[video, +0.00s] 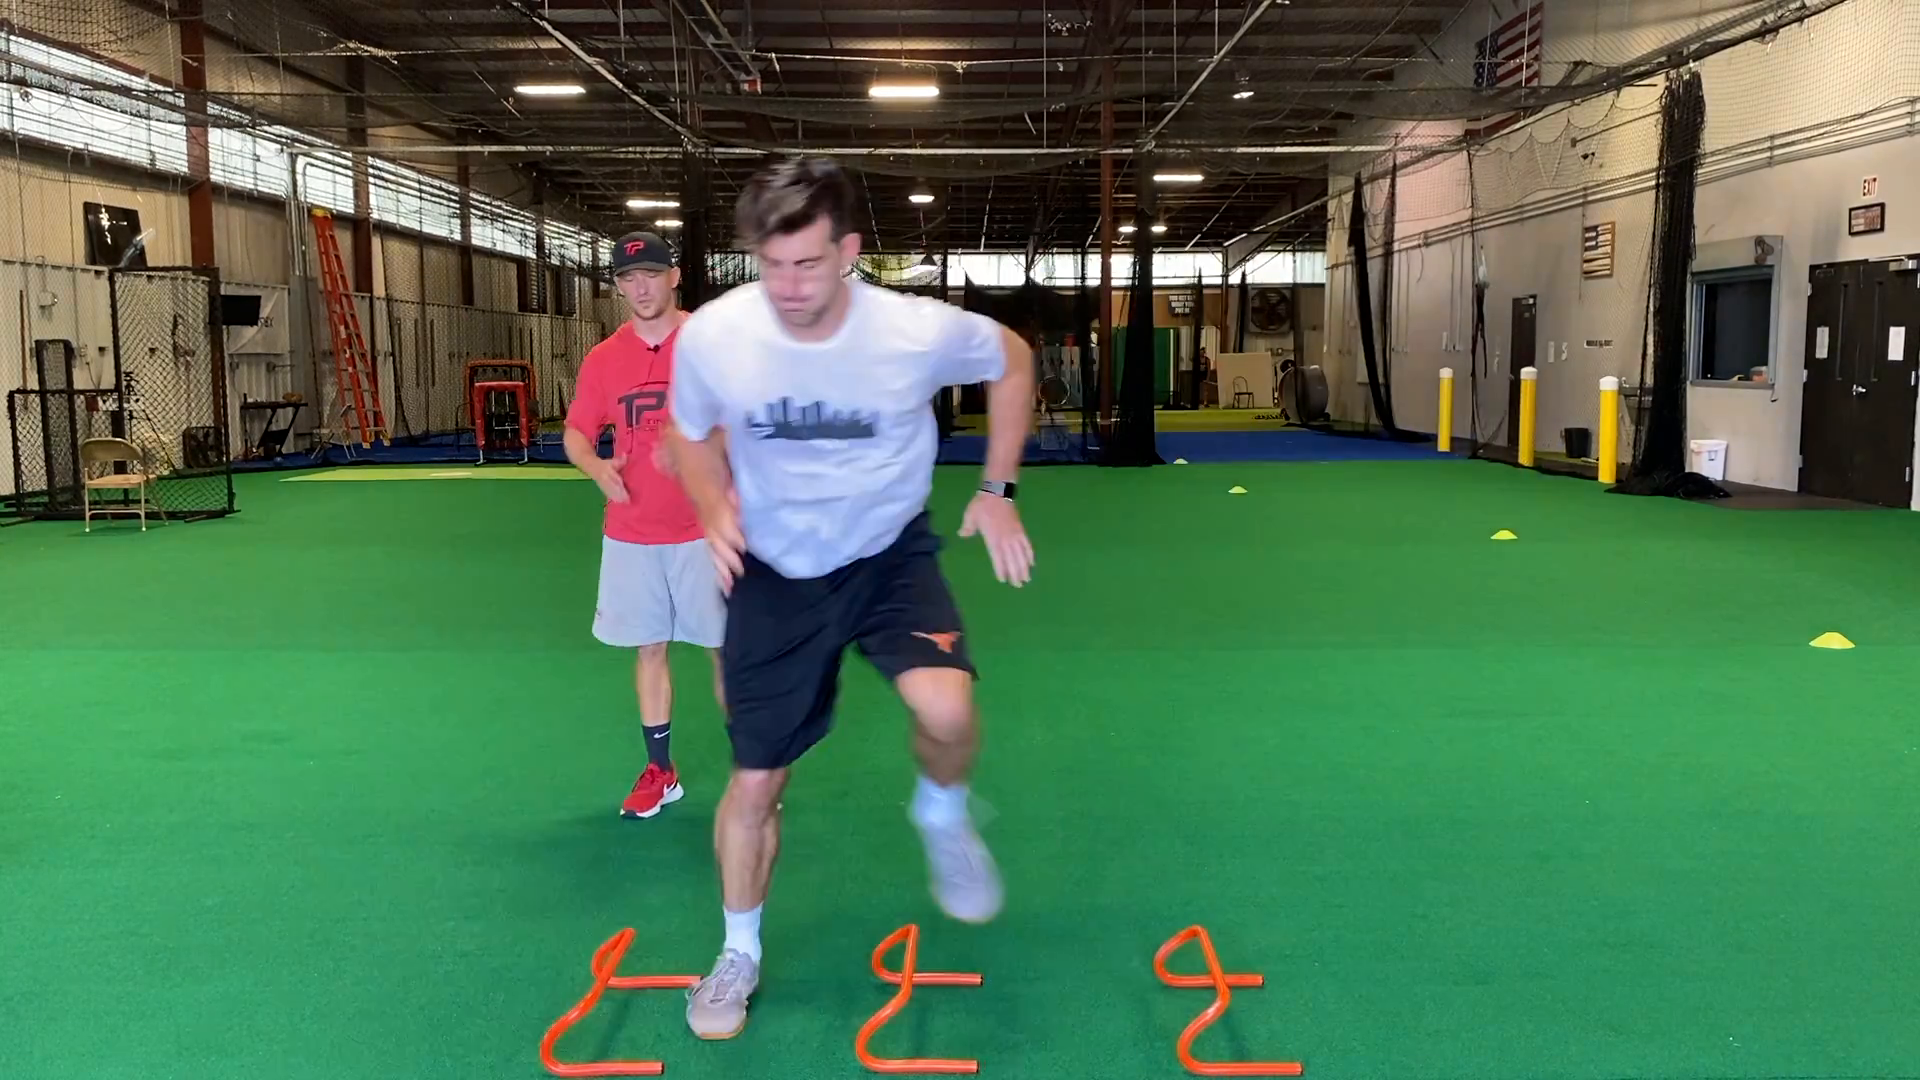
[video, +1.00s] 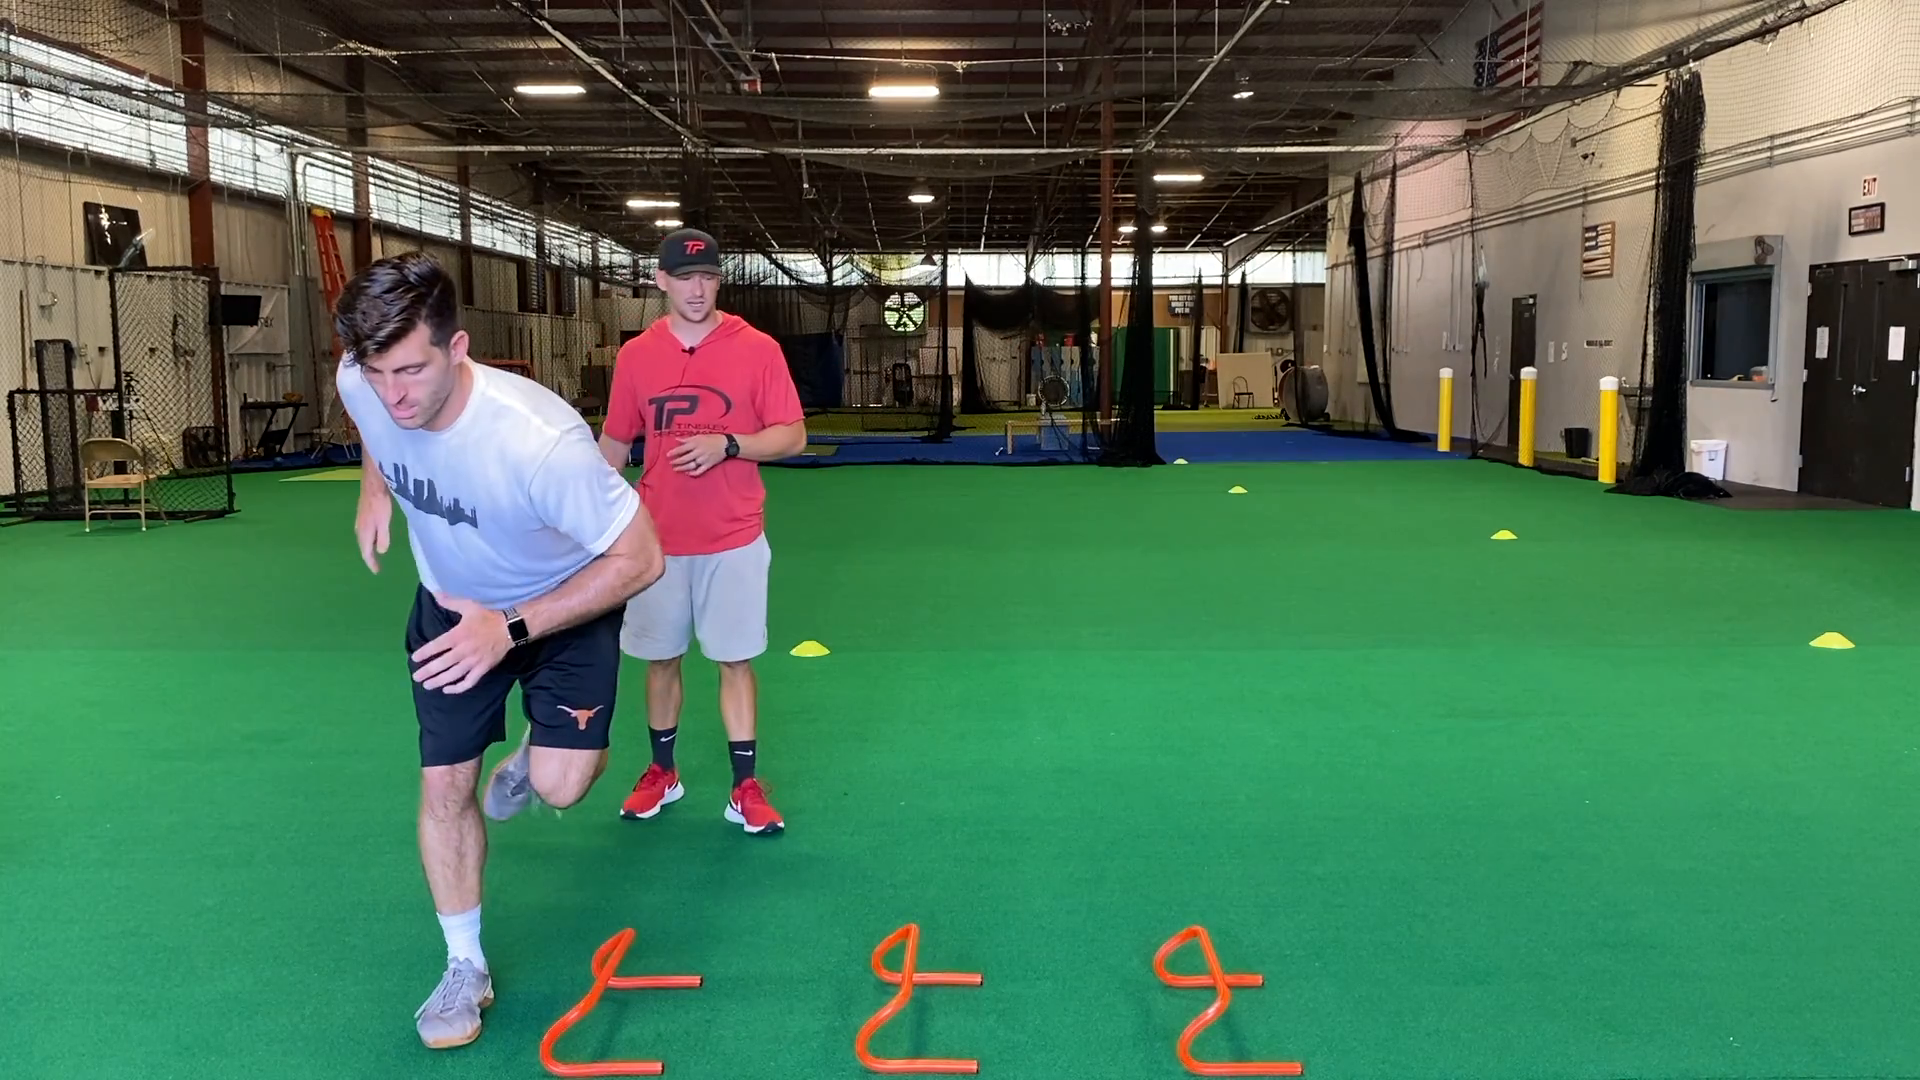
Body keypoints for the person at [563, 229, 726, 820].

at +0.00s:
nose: (641, 287)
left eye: (652, 275)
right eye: (630, 278)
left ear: (674, 277)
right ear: (619, 285)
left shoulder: (707, 344)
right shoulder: (604, 359)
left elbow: (740, 422)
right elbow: (574, 435)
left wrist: (704, 464)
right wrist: (597, 468)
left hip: (704, 525)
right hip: (633, 530)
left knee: (726, 648)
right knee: (649, 647)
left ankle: (753, 769)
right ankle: (660, 768)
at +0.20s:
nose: (639, 290)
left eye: (648, 275)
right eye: (626, 277)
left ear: (665, 269)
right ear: (612, 278)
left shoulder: (726, 341)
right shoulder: (602, 349)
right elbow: (574, 428)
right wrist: (582, 450)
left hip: (725, 525)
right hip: (640, 517)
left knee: (715, 655)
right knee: (645, 657)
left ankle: (725, 770)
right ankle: (660, 776)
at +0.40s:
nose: (635, 294)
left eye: (642, 282)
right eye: (625, 284)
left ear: (661, 282)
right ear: (607, 282)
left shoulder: (691, 344)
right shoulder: (580, 350)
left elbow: (750, 420)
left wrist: (689, 450)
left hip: (693, 516)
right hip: (612, 521)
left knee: (694, 654)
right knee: (643, 651)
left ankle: (719, 781)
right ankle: (658, 765)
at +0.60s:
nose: (638, 289)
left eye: (649, 277)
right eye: (626, 279)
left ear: (669, 279)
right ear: (612, 284)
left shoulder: (713, 343)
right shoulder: (597, 357)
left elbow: (759, 424)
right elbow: (576, 438)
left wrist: (699, 444)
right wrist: (618, 465)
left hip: (703, 520)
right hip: (630, 524)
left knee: (715, 648)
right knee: (646, 650)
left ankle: (737, 777)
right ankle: (659, 769)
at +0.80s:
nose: (665, 289)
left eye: (674, 277)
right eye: (653, 279)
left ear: (691, 280)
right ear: (633, 284)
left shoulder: (734, 348)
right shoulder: (614, 360)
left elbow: (768, 434)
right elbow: (597, 450)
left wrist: (705, 441)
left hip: (715, 537)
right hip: (643, 540)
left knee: (724, 656)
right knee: (653, 654)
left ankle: (743, 782)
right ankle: (660, 772)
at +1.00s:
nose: (696, 287)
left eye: (706, 275)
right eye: (683, 276)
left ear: (719, 278)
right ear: (661, 281)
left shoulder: (758, 350)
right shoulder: (636, 356)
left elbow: (792, 437)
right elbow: (613, 447)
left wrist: (729, 442)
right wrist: (580, 509)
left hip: (734, 538)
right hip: (657, 540)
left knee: (736, 659)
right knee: (661, 658)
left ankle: (745, 786)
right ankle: (661, 771)